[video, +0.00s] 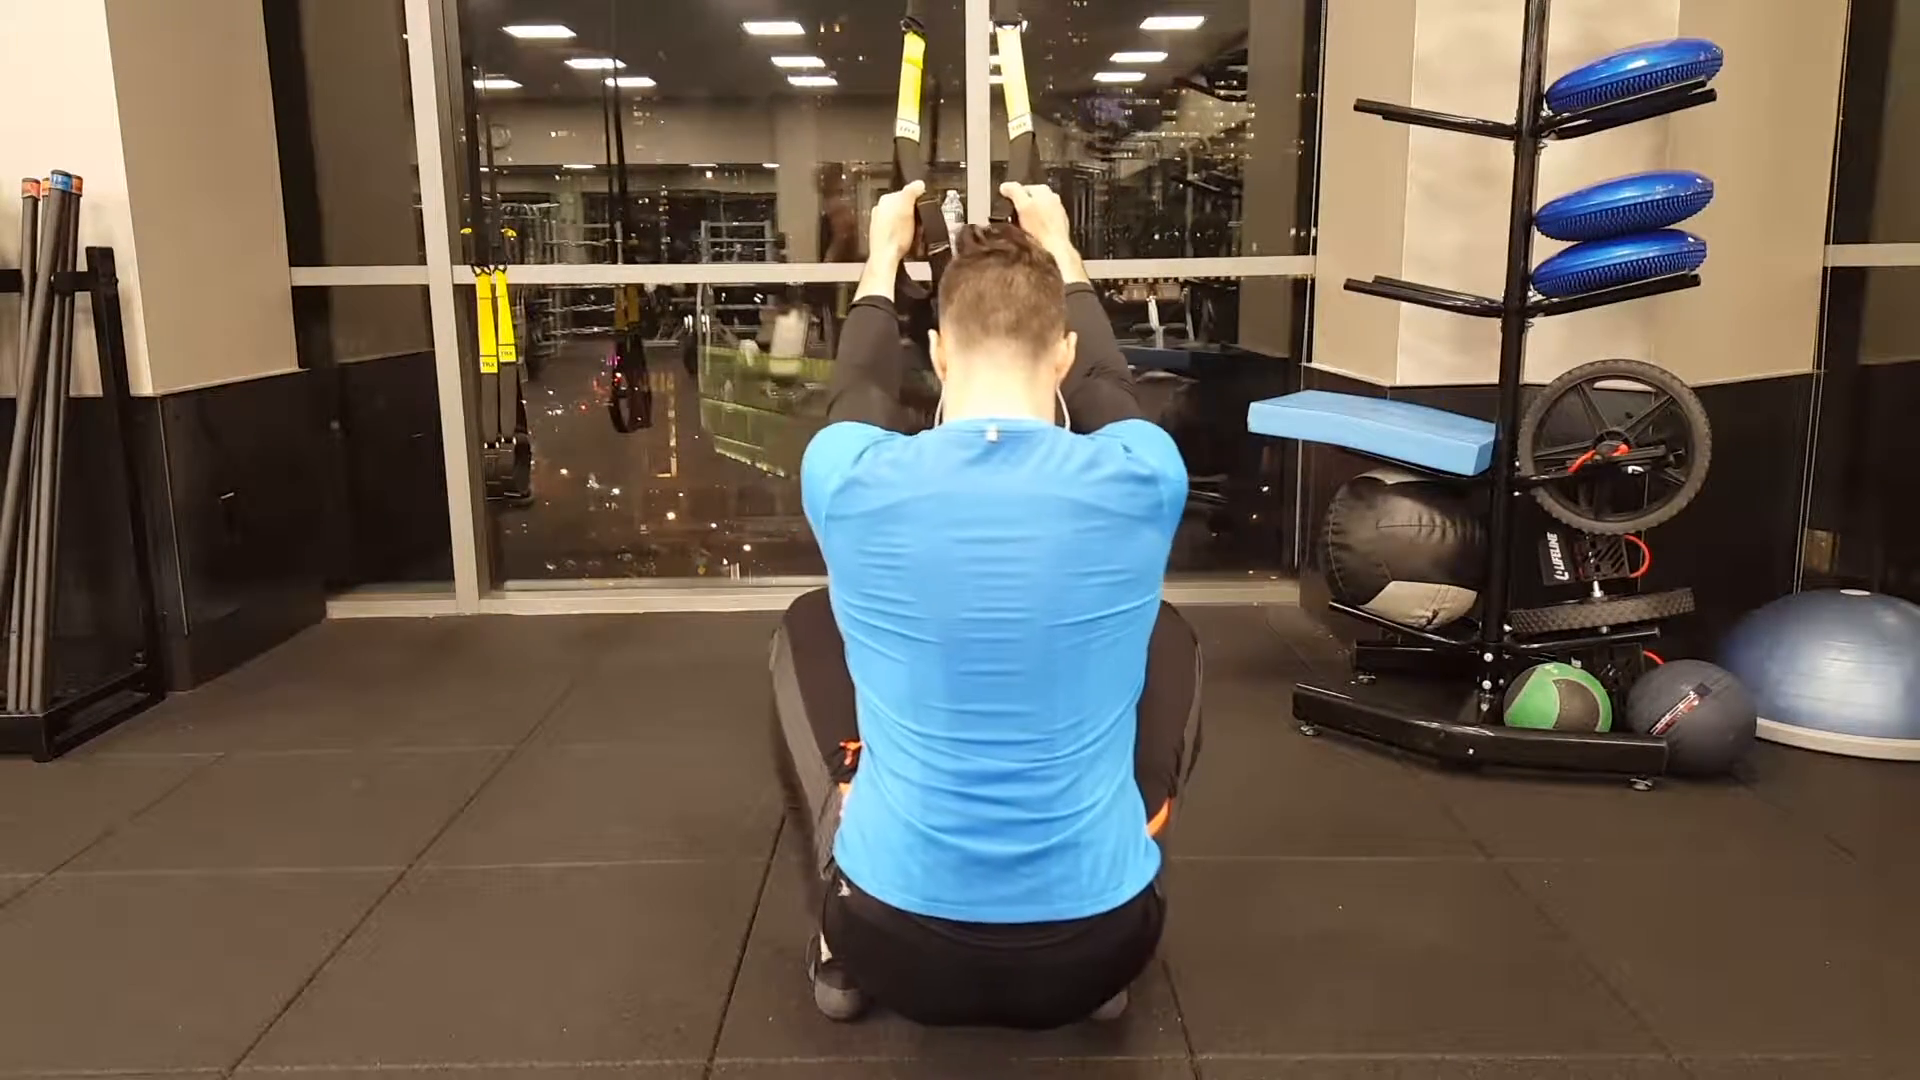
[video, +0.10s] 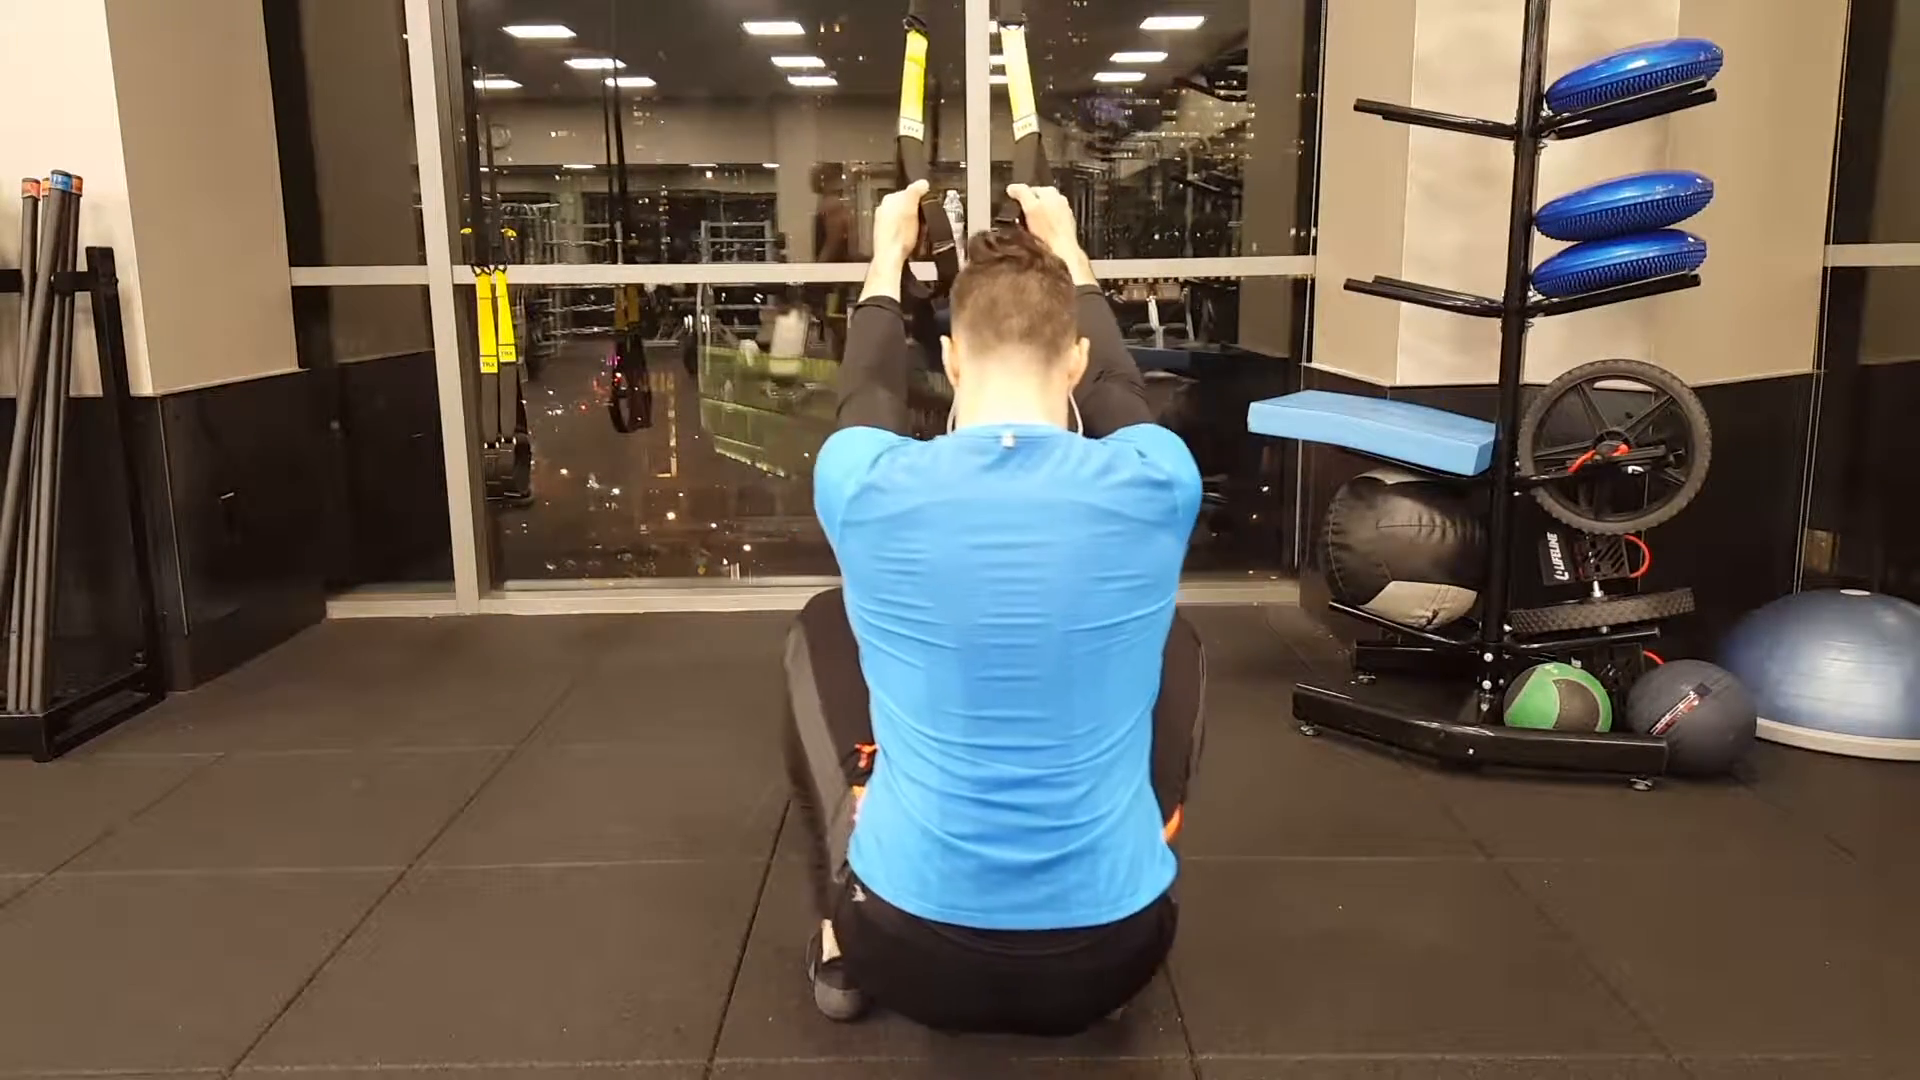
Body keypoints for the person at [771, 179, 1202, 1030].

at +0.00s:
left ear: (938, 352)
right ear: (1066, 359)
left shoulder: (848, 480)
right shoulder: (1142, 481)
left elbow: (859, 393)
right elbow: (1105, 381)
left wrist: (880, 269)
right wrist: (1065, 256)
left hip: (900, 953)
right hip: (1084, 958)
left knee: (811, 619)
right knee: (1168, 629)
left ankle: (839, 951)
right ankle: (1108, 978)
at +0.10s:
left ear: (951, 357)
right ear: (1078, 364)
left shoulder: (861, 485)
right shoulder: (1157, 487)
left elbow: (866, 398)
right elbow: (1118, 400)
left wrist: (884, 270)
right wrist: (1074, 261)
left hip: (915, 956)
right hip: (1102, 960)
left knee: (824, 614)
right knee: (1175, 628)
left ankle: (841, 933)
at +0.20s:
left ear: (967, 368)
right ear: (1094, 373)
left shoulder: (884, 492)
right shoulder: (1173, 496)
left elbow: (883, 385)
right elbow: (1127, 394)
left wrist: (897, 260)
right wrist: (1083, 260)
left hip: (931, 960)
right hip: (1119, 964)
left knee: (840, 618)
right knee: (1178, 616)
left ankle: (845, 923)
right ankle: (1169, 861)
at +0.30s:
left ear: (989, 373)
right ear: (1116, 378)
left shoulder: (913, 494)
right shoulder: (1197, 498)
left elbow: (898, 389)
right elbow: (1144, 397)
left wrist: (908, 264)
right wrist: (1091, 266)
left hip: (950, 958)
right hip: (1136, 965)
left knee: (859, 624)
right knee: (1184, 618)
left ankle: (848, 936)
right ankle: (1190, 848)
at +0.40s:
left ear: (1014, 362)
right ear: (1145, 366)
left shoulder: (940, 484)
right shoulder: (1227, 490)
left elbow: (912, 387)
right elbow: (1162, 393)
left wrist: (916, 269)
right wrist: (1094, 260)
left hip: (970, 948)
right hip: (1154, 957)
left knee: (881, 620)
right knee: (1203, 626)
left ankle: (854, 933)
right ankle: (1206, 844)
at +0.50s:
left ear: (1041, 357)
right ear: (1169, 358)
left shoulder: (975, 471)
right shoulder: (1256, 475)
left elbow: (928, 378)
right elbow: (1181, 396)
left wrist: (916, 271)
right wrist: (1102, 256)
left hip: (988, 930)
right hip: (1171, 945)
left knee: (910, 603)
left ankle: (845, 896)